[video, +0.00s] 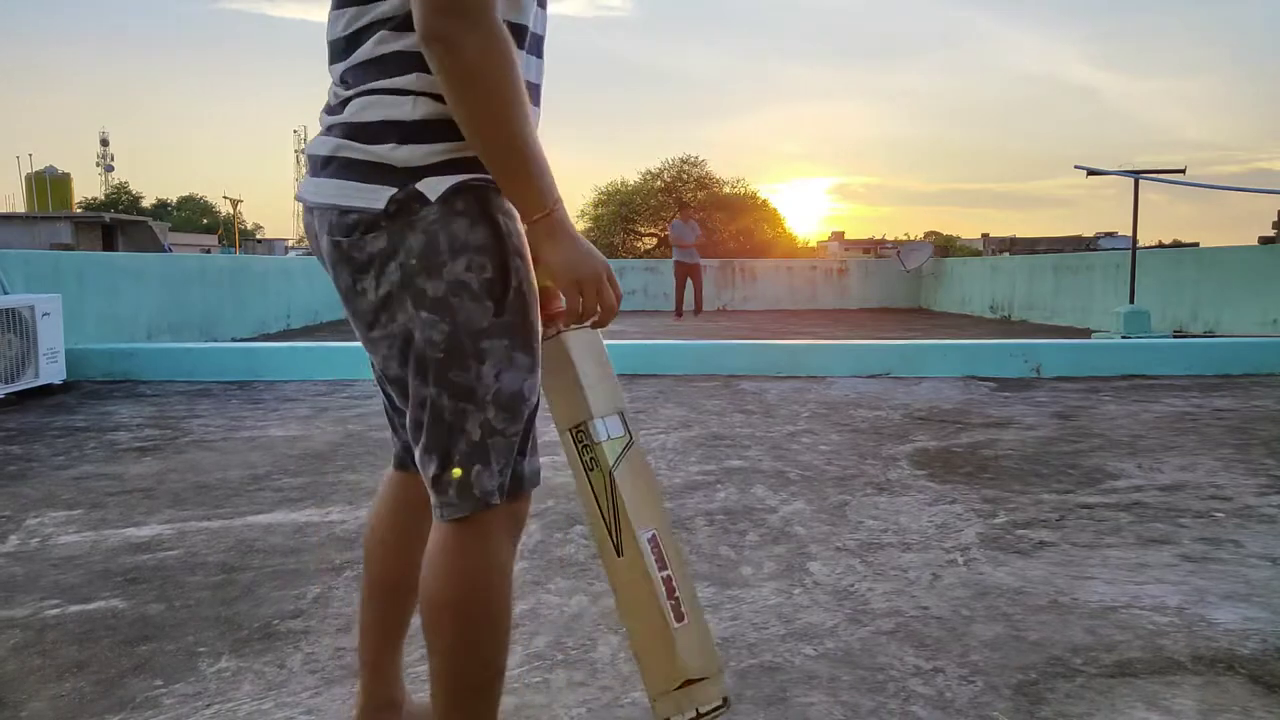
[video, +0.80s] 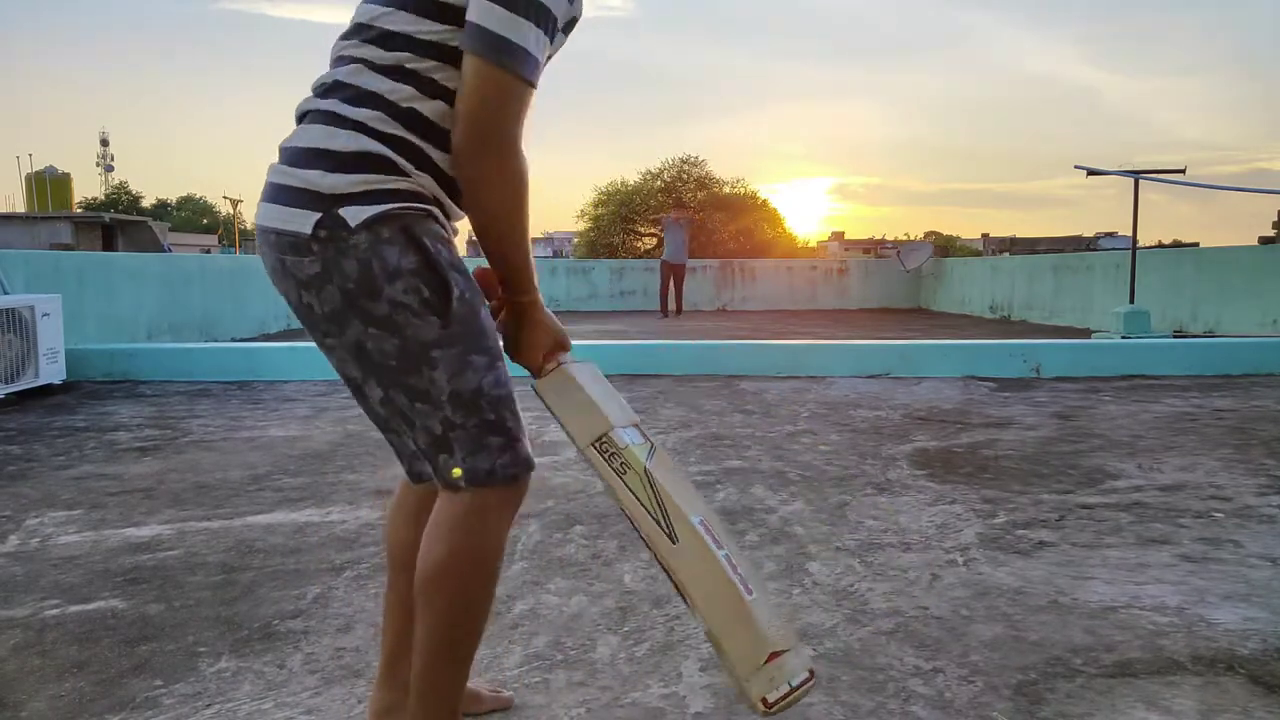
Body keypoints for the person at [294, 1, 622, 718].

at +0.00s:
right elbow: (454, 23)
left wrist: (511, 251)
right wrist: (552, 225)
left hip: (363, 189)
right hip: (430, 194)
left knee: (422, 462)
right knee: (487, 494)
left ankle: (379, 698)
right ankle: (466, 708)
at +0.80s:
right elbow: (485, 144)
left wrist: (490, 263)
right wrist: (528, 307)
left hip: (310, 215)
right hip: (368, 217)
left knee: (437, 467)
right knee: (490, 474)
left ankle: (398, 690)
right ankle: (433, 702)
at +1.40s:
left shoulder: (559, 18)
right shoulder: (561, 2)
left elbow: (492, 146)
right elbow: (455, 106)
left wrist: (546, 259)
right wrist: (540, 258)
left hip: (362, 229)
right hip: (399, 228)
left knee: (476, 481)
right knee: (525, 476)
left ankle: (406, 688)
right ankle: (444, 703)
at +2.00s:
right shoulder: (632, 2)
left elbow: (512, 136)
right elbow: (536, 9)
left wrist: (589, 231)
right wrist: (621, 169)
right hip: (438, 219)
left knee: (553, 405)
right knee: (529, 474)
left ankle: (518, 643)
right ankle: (437, 706)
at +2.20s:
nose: (699, 10)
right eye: (692, 12)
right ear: (678, 0)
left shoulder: (575, 21)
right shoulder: (656, 2)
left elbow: (634, 127)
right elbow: (587, 104)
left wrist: (711, 220)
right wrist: (706, 228)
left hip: (412, 247)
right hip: (497, 250)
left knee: (545, 456)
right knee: (560, 494)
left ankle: (622, 612)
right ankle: (434, 708)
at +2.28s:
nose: (718, 15)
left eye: (721, 8)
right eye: (723, 6)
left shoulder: (573, 8)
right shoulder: (670, 40)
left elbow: (681, 149)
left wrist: (746, 250)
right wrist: (719, 293)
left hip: (433, 254)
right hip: (522, 262)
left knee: (554, 454)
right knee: (568, 485)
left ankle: (624, 612)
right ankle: (435, 705)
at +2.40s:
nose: (739, 13)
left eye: (740, 8)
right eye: (741, 8)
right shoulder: (704, 48)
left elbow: (578, 96)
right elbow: (681, 207)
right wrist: (676, 246)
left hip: (454, 238)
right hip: (553, 261)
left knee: (540, 453)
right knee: (569, 475)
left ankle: (610, 612)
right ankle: (433, 677)